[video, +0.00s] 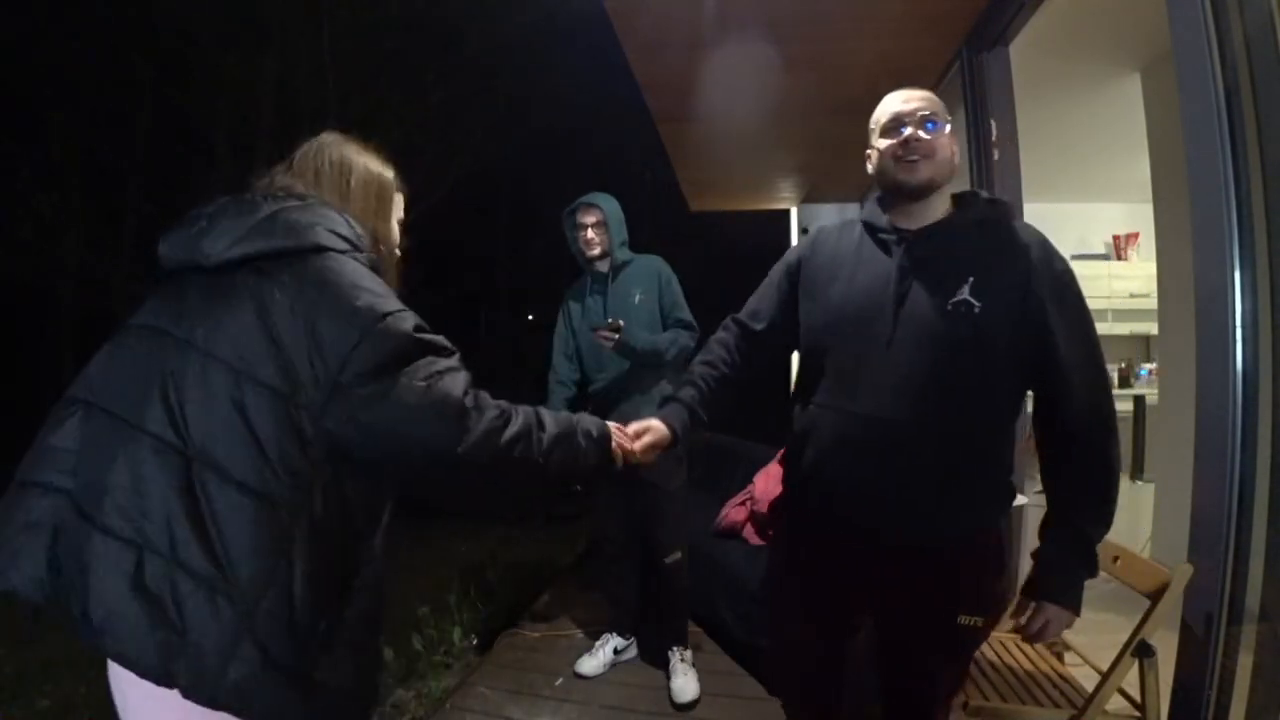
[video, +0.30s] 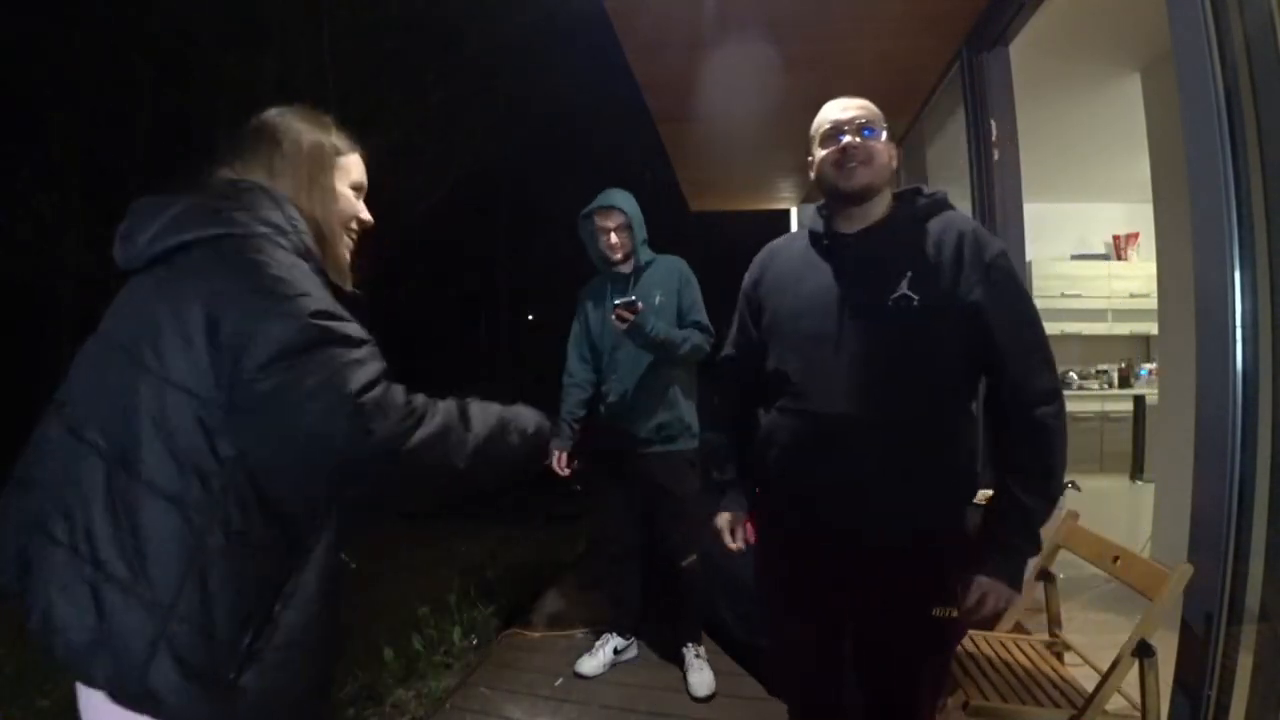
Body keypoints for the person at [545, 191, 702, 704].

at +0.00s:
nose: (590, 236)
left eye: (598, 227)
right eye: (582, 230)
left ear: (617, 228)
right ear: (573, 238)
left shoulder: (651, 271)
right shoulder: (576, 298)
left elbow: (687, 340)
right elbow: (562, 377)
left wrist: (633, 340)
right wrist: (558, 436)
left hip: (659, 426)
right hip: (601, 434)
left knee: (667, 543)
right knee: (612, 536)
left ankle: (676, 648)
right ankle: (622, 634)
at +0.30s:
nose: (612, 241)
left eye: (619, 230)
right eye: (602, 234)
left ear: (637, 229)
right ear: (592, 241)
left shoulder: (672, 272)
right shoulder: (593, 296)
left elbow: (701, 341)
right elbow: (579, 370)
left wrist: (646, 329)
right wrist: (565, 433)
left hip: (671, 438)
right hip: (614, 438)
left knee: (681, 549)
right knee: (615, 540)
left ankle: (692, 644)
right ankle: (621, 634)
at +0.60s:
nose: (653, 239)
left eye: (662, 229)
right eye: (643, 230)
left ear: (679, 229)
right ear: (632, 235)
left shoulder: (710, 274)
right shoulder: (625, 291)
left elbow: (726, 353)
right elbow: (606, 368)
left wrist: (678, 332)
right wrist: (594, 432)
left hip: (695, 437)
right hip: (636, 436)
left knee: (694, 540)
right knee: (626, 535)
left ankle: (694, 642)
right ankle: (620, 633)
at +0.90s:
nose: (690, 237)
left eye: (700, 228)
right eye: (681, 228)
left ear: (717, 230)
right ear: (668, 230)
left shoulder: (736, 285)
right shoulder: (651, 282)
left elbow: (750, 357)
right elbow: (620, 358)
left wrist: (712, 327)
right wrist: (603, 422)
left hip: (707, 437)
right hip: (645, 433)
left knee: (700, 540)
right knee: (631, 536)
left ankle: (696, 645)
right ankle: (620, 633)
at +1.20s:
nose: (696, 231)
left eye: (706, 222)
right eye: (688, 222)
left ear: (726, 226)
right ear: (675, 226)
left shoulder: (744, 281)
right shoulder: (655, 281)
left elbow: (765, 345)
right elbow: (609, 344)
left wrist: (721, 318)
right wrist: (556, 395)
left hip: (712, 439)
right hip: (649, 435)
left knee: (699, 548)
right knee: (634, 545)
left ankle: (696, 645)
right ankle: (609, 652)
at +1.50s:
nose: (681, 233)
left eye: (692, 223)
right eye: (671, 223)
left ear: (709, 226)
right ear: (657, 227)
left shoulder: (733, 280)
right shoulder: (635, 282)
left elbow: (755, 354)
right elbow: (604, 362)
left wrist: (718, 325)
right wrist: (579, 435)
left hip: (707, 451)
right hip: (636, 448)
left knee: (698, 561)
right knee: (628, 560)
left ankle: (698, 662)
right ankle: (598, 672)